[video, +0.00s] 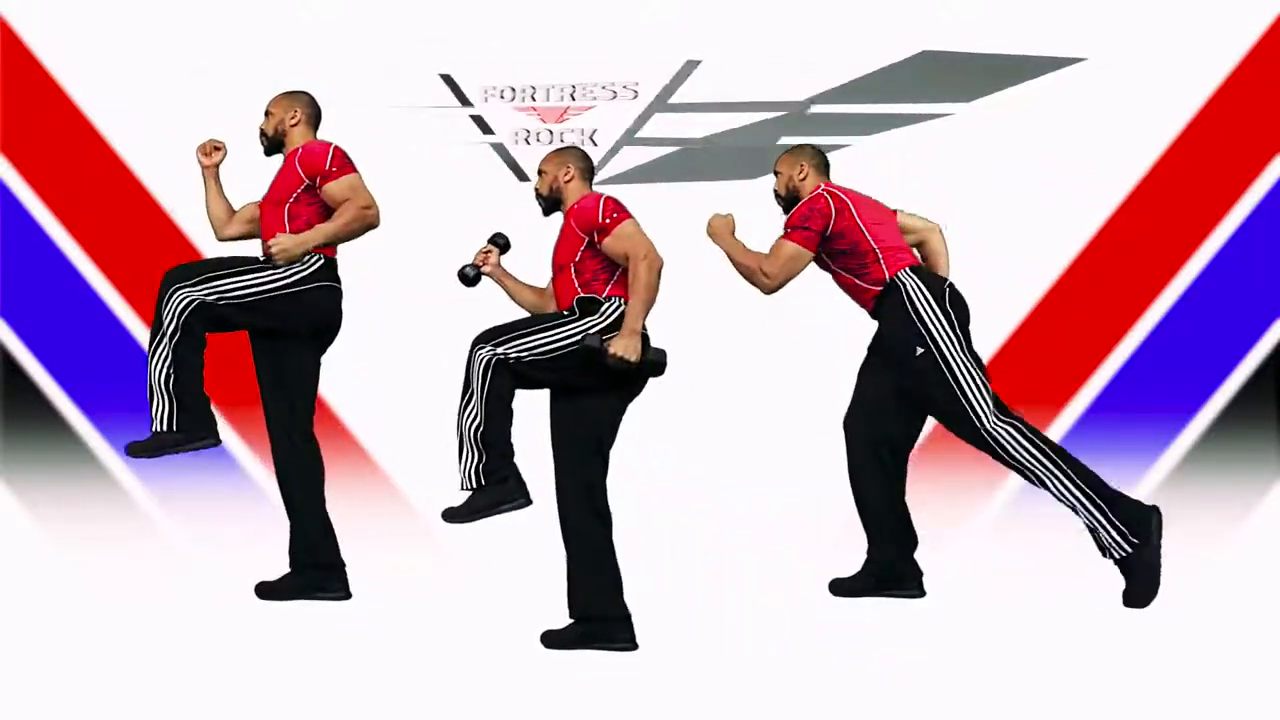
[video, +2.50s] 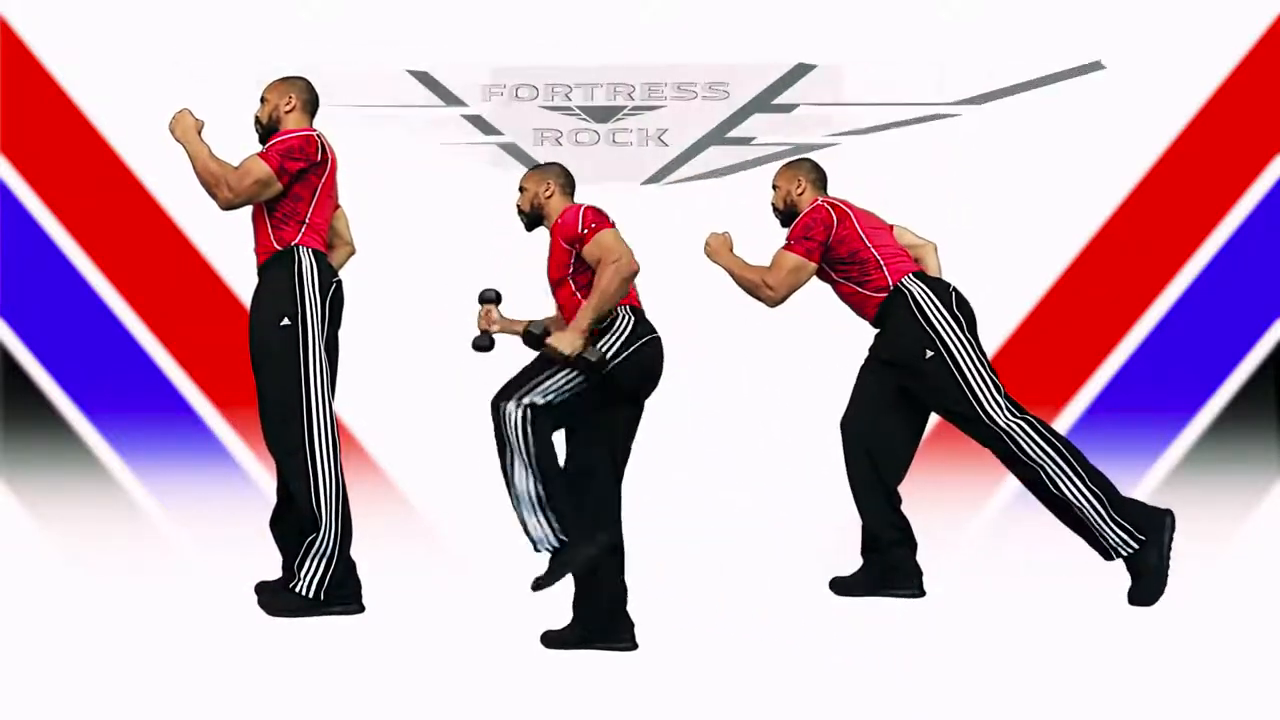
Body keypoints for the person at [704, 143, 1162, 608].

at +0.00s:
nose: (773, 188)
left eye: (778, 177)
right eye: (773, 179)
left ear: (804, 172)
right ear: (813, 178)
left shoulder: (819, 204)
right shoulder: (851, 203)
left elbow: (768, 276)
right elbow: (928, 231)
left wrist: (724, 239)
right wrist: (940, 302)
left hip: (915, 303)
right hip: (903, 315)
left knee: (985, 423)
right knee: (869, 436)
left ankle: (1128, 528)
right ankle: (892, 568)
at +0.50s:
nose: (776, 198)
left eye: (782, 188)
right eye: (776, 191)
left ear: (811, 188)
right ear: (815, 192)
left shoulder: (822, 220)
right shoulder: (858, 219)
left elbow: (776, 295)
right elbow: (928, 237)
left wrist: (728, 264)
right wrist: (952, 307)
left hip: (927, 315)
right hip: (912, 326)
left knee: (1010, 434)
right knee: (866, 436)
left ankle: (1151, 540)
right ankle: (890, 567)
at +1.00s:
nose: (780, 178)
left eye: (784, 167)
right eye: (779, 171)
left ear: (807, 164)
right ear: (813, 165)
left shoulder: (835, 193)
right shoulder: (838, 205)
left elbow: (846, 262)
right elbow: (883, 278)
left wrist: (786, 301)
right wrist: (849, 315)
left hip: (910, 297)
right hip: (887, 317)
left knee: (915, 432)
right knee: (863, 433)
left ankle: (1051, 514)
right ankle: (892, 564)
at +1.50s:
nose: (802, 148)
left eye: (807, 138)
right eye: (802, 141)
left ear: (832, 135)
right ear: (835, 139)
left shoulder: (861, 161)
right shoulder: (847, 200)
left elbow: (928, 197)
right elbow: (808, 256)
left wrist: (921, 265)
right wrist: (763, 220)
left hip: (895, 276)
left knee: (781, 296)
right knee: (877, 437)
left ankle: (802, 425)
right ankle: (891, 568)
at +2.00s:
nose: (792, 161)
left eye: (797, 151)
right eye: (792, 154)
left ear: (821, 147)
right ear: (824, 149)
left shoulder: (850, 172)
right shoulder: (836, 205)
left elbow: (880, 234)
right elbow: (855, 290)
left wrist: (822, 288)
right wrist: (798, 295)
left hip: (903, 283)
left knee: (817, 373)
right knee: (882, 435)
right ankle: (891, 572)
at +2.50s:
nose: (773, 199)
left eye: (779, 189)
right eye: (773, 191)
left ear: (805, 188)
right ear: (811, 191)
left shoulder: (818, 216)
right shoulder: (846, 219)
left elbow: (772, 289)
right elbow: (922, 248)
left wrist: (724, 258)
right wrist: (942, 313)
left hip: (920, 309)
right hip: (903, 325)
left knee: (1001, 424)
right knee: (864, 437)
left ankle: (1136, 531)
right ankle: (891, 567)